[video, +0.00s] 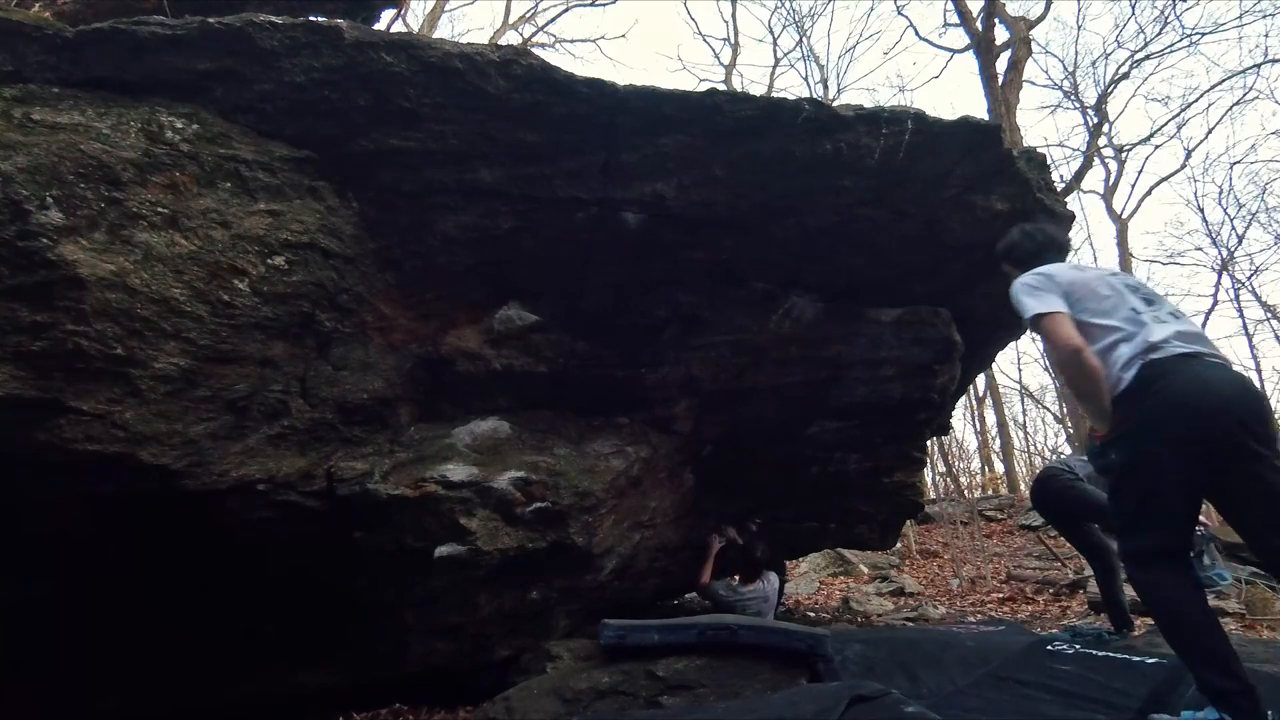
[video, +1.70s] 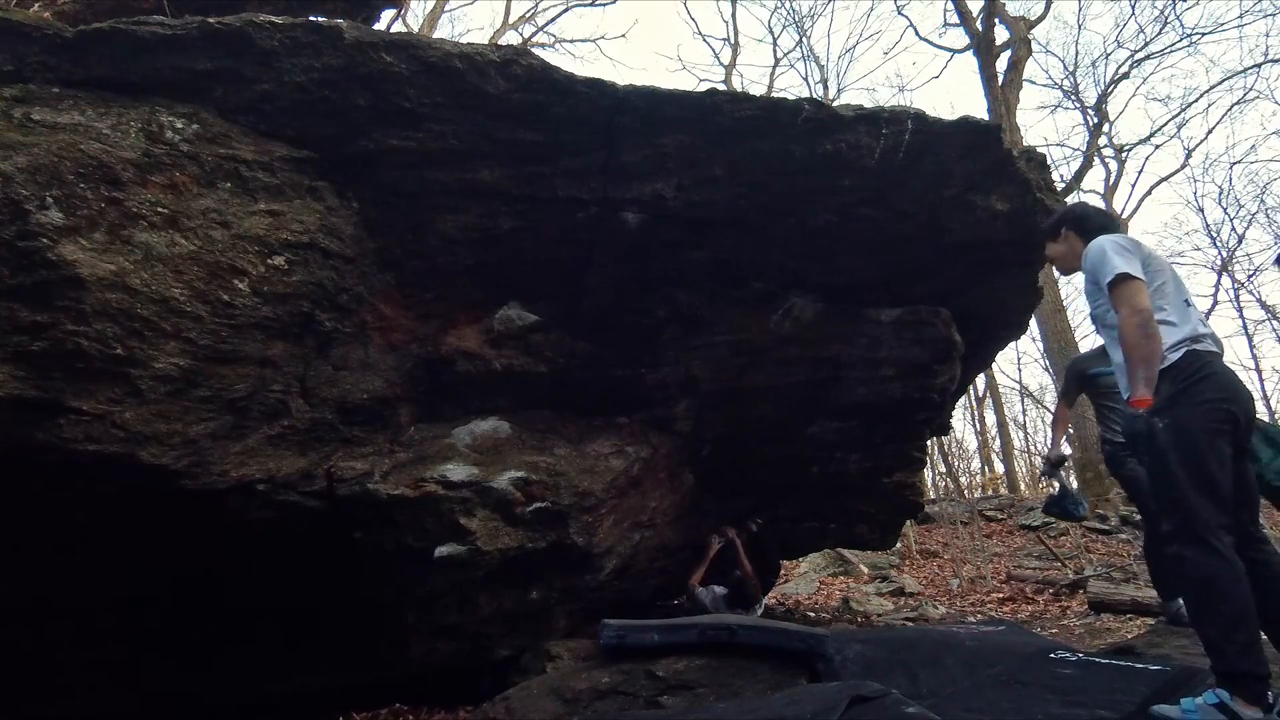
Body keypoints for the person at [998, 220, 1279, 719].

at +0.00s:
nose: (1008, 278)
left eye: (1007, 272)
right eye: (1007, 273)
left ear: (1015, 267)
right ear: (1060, 250)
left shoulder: (1032, 280)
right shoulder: (1117, 278)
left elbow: (1071, 349)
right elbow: (1175, 332)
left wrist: (1104, 425)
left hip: (1158, 399)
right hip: (1233, 388)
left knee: (1155, 560)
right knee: (1275, 545)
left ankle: (1235, 703)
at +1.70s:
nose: (1052, 261)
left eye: (1052, 249)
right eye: (1047, 253)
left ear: (1070, 232)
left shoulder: (1104, 247)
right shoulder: (1137, 256)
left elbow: (1139, 316)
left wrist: (1139, 401)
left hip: (1187, 388)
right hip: (1221, 386)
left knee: (1197, 539)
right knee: (1243, 534)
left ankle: (1244, 691)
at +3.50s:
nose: (1105, 253)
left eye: (1097, 241)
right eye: (1096, 250)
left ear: (1111, 213)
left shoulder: (1175, 228)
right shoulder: (1155, 254)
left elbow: (1205, 312)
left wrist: (1191, 404)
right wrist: (1176, 408)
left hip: (1220, 403)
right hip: (1198, 411)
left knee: (1246, 543)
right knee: (1206, 546)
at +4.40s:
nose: (1086, 222)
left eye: (1086, 208)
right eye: (1082, 213)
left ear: (1110, 194)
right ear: (1116, 196)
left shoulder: (1166, 225)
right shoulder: (1156, 239)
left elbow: (1206, 311)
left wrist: (1203, 407)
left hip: (1242, 388)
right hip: (1209, 403)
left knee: (1269, 522)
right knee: (1139, 505)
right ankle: (1257, 615)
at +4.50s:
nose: (1083, 221)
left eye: (1085, 208)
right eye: (1081, 211)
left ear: (1108, 197)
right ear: (1116, 199)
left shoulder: (1161, 227)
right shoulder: (1159, 236)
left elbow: (1198, 314)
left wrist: (1199, 409)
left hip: (1241, 390)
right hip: (1213, 402)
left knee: (1271, 533)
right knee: (1133, 498)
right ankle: (1213, 624)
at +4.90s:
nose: (1077, 237)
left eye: (1079, 224)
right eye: (1075, 228)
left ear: (1105, 213)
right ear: (1110, 217)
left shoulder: (1156, 235)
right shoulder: (1143, 256)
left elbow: (1195, 313)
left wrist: (1204, 407)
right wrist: (1183, 409)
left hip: (1238, 395)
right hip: (1199, 411)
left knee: (1271, 541)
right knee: (1126, 509)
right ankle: (1180, 642)